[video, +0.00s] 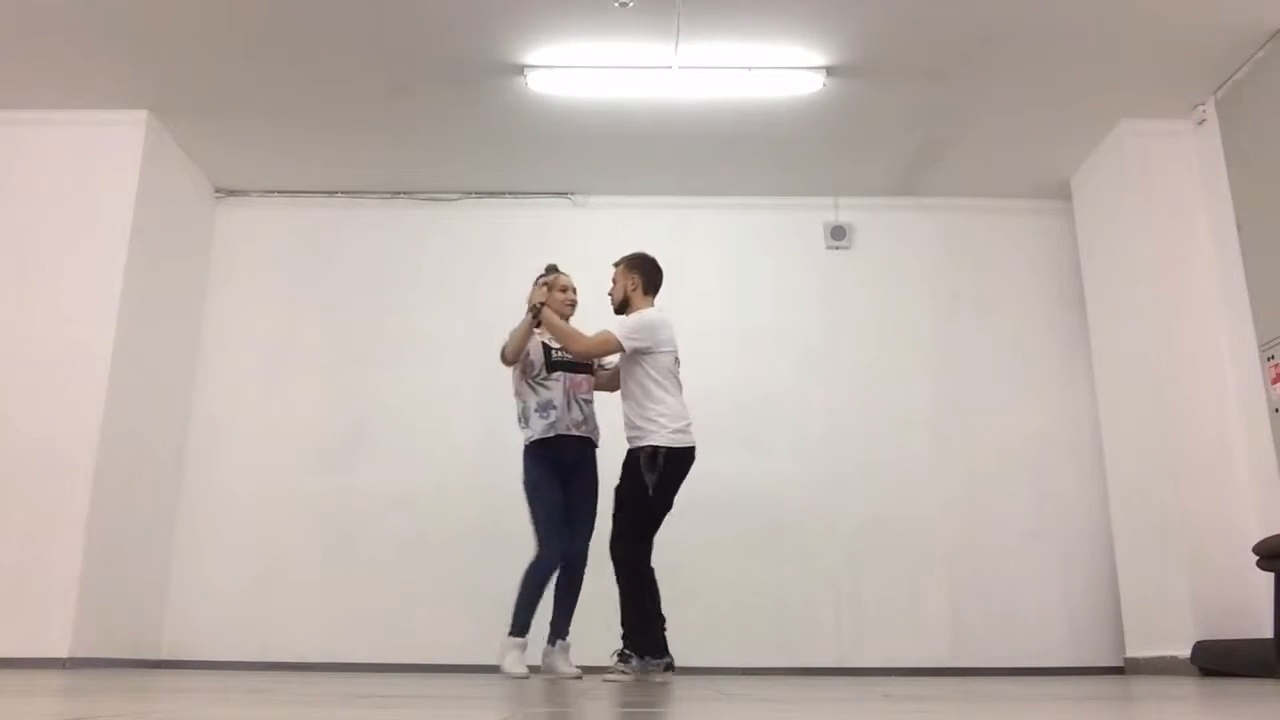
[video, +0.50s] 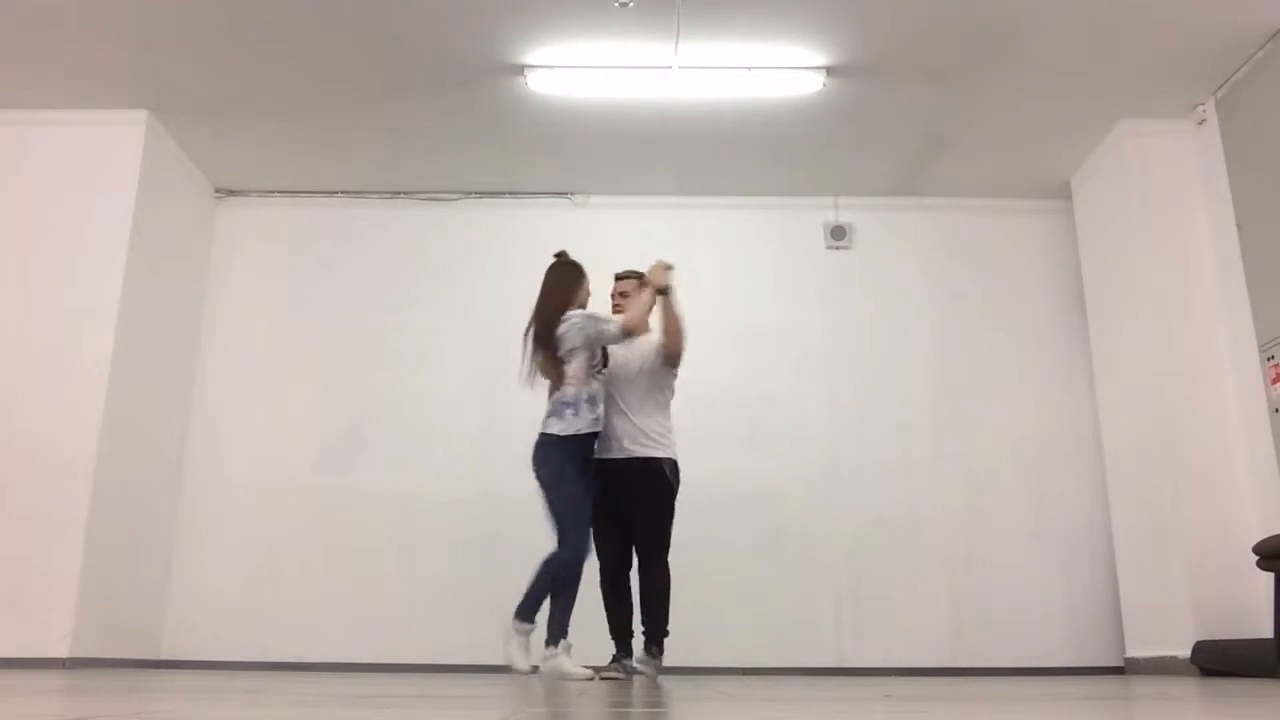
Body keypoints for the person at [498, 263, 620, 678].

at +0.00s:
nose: (570, 297)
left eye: (573, 292)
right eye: (561, 291)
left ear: (577, 301)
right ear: (541, 299)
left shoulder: (583, 349)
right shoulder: (527, 339)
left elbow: (609, 381)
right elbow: (509, 355)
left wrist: (641, 359)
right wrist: (531, 315)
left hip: (582, 453)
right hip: (542, 453)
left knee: (576, 553)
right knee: (551, 551)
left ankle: (556, 648)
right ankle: (515, 644)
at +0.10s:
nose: (572, 296)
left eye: (574, 291)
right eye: (564, 291)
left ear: (576, 297)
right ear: (545, 296)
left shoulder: (582, 346)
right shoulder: (527, 335)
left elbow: (608, 378)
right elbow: (517, 351)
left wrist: (645, 360)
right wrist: (541, 309)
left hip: (572, 455)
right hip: (530, 455)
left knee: (582, 546)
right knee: (530, 551)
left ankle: (558, 644)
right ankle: (511, 647)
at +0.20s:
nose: (571, 301)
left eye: (575, 295)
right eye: (564, 294)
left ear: (576, 298)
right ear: (545, 296)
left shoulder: (579, 344)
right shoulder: (528, 331)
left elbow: (604, 375)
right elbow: (533, 347)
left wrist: (648, 363)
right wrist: (558, 306)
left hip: (569, 455)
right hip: (526, 453)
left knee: (583, 543)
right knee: (522, 551)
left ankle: (560, 638)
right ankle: (511, 647)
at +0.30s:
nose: (579, 300)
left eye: (581, 294)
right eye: (572, 293)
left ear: (582, 299)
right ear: (552, 294)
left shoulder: (581, 342)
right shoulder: (534, 329)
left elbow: (615, 373)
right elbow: (554, 343)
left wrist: (656, 369)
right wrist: (573, 300)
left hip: (571, 455)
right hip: (531, 452)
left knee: (577, 546)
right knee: (526, 548)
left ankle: (561, 646)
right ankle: (511, 646)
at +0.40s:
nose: (585, 291)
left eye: (583, 285)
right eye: (578, 285)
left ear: (565, 290)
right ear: (559, 289)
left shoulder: (576, 335)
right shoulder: (547, 329)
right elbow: (585, 332)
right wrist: (608, 297)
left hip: (578, 449)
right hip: (544, 449)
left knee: (573, 550)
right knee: (543, 549)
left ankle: (555, 649)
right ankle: (511, 643)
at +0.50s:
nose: (590, 291)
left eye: (587, 285)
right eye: (587, 285)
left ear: (554, 288)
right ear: (578, 289)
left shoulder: (562, 326)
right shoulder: (575, 324)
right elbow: (632, 325)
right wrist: (652, 287)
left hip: (576, 450)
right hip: (560, 450)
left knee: (575, 549)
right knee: (571, 547)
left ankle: (556, 647)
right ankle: (521, 623)